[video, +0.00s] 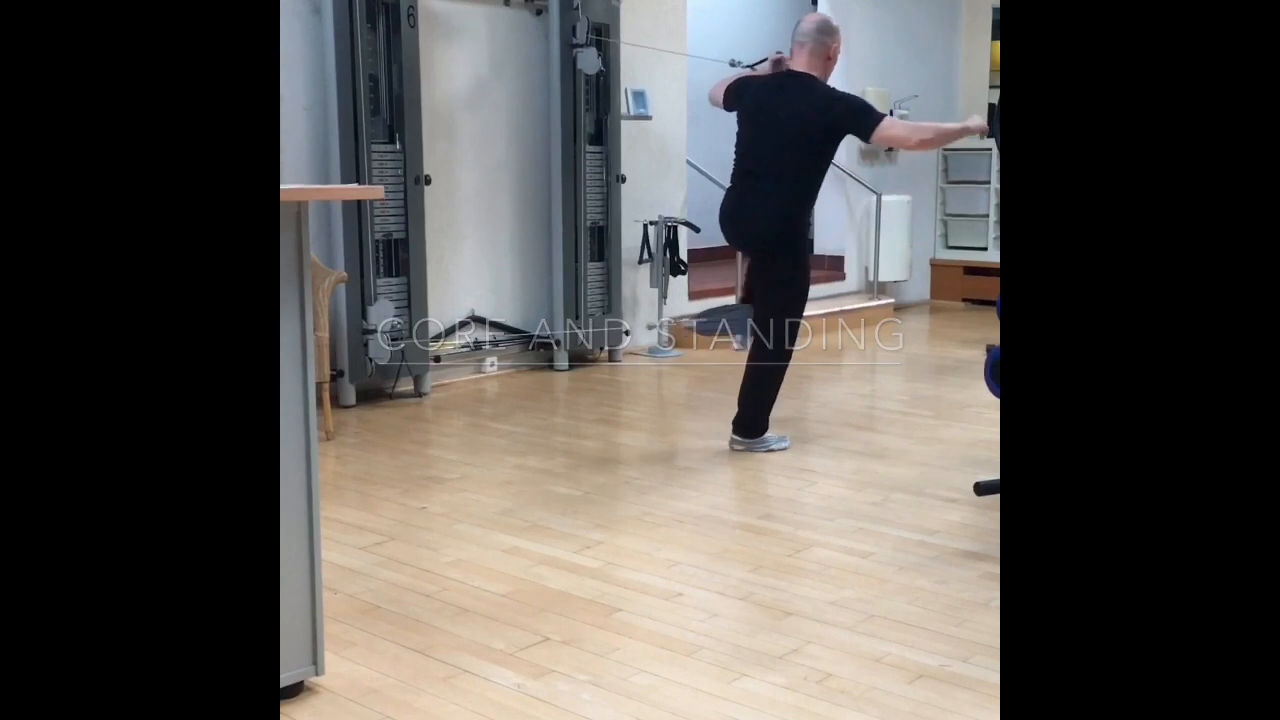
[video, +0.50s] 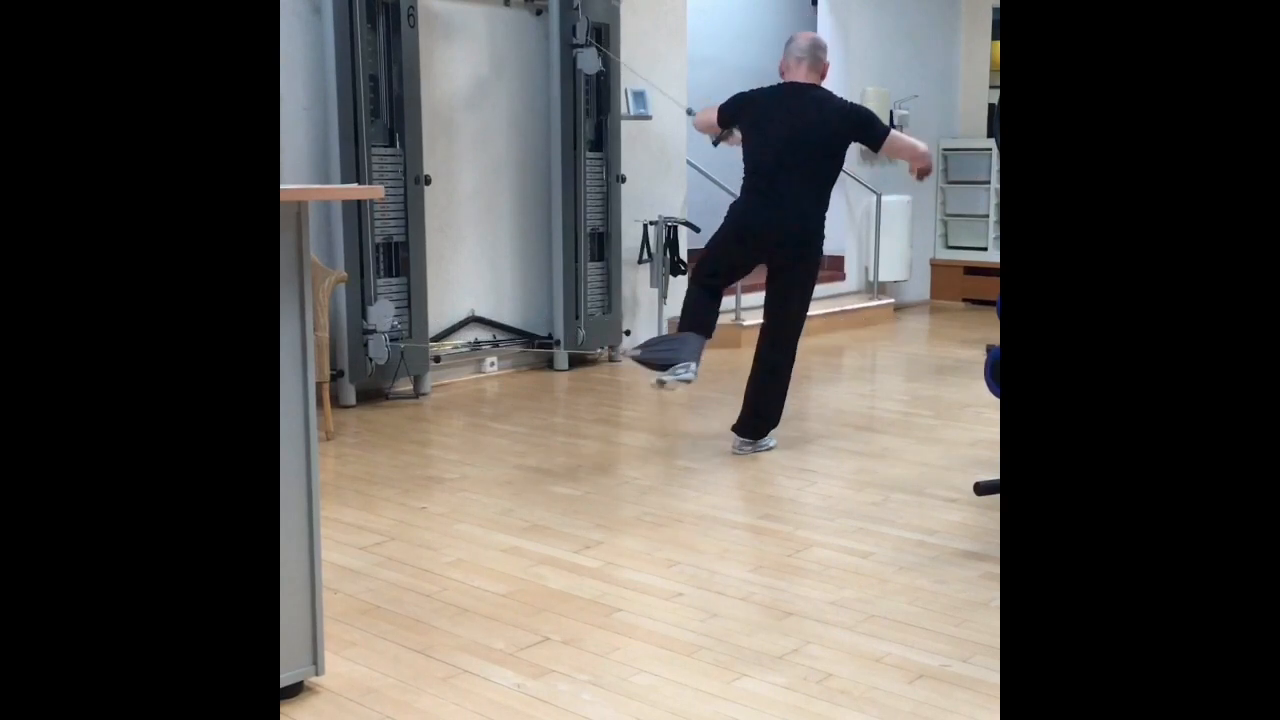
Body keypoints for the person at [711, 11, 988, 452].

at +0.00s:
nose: (835, 59)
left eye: (832, 53)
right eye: (837, 53)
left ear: (791, 49)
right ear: (833, 54)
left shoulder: (754, 87)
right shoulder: (837, 105)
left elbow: (716, 94)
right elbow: (912, 137)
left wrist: (761, 70)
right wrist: (969, 127)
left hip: (734, 219)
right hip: (782, 231)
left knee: (761, 246)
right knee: (776, 331)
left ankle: (746, 313)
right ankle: (748, 431)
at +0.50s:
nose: (784, 69)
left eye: (784, 63)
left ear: (784, 66)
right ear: (826, 70)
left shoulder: (755, 101)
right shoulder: (845, 112)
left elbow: (703, 121)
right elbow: (915, 150)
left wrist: (736, 135)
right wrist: (922, 162)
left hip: (748, 225)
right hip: (802, 238)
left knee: (707, 278)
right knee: (780, 337)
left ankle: (688, 351)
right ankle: (752, 433)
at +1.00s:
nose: (830, 112)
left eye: (800, 99)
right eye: (834, 107)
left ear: (793, 98)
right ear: (832, 106)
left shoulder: (762, 126)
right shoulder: (842, 138)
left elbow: (737, 168)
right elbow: (903, 191)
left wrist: (773, 171)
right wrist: (941, 237)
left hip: (738, 231)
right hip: (792, 242)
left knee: (692, 312)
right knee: (779, 335)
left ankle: (647, 391)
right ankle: (751, 431)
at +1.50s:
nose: (832, 142)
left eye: (819, 135)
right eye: (835, 138)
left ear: (799, 130)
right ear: (835, 137)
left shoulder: (770, 150)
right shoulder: (842, 158)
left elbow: (740, 198)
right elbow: (898, 204)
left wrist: (740, 242)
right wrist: (943, 252)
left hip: (744, 232)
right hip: (796, 245)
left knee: (702, 310)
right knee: (785, 335)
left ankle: (643, 382)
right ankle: (752, 432)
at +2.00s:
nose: (842, 167)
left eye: (836, 160)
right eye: (843, 161)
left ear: (807, 151)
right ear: (840, 158)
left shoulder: (777, 166)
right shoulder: (845, 178)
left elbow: (745, 209)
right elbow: (897, 228)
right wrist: (935, 281)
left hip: (748, 233)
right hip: (798, 247)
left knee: (702, 301)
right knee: (787, 337)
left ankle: (646, 354)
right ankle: (752, 433)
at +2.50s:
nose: (840, 177)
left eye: (833, 172)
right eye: (839, 171)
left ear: (801, 165)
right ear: (835, 168)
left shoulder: (774, 179)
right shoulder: (841, 181)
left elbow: (746, 218)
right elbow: (893, 225)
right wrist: (939, 273)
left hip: (746, 233)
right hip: (796, 244)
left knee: (708, 301)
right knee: (788, 338)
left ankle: (647, 357)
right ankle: (751, 432)